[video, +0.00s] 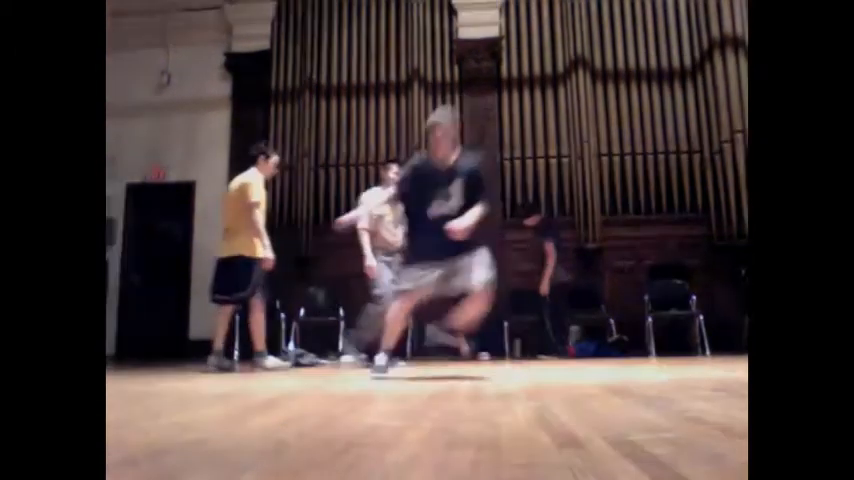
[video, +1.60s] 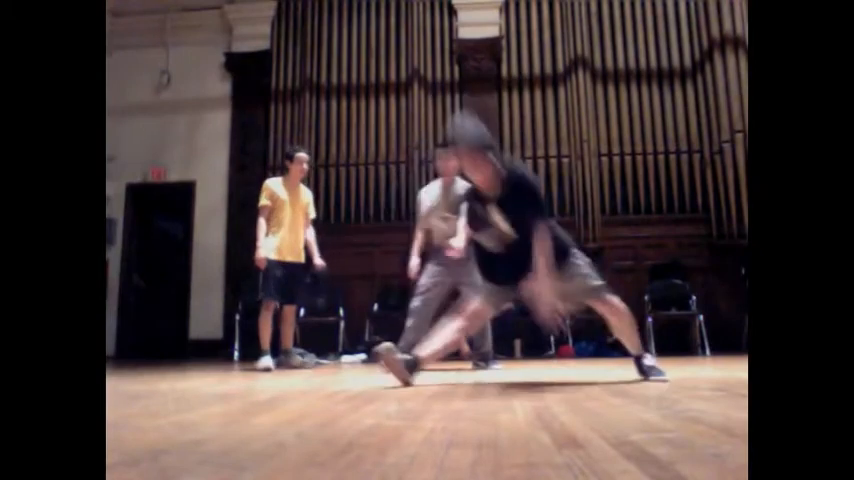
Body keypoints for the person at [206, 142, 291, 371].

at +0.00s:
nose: (275, 171)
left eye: (276, 166)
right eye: (274, 165)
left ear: (259, 162)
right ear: (262, 160)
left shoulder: (237, 182)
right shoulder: (254, 180)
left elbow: (232, 222)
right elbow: (255, 215)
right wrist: (267, 247)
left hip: (231, 253)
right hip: (249, 253)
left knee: (226, 306)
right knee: (257, 303)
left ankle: (217, 353)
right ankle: (261, 353)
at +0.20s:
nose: (284, 167)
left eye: (286, 162)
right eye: (283, 161)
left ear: (269, 160)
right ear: (270, 159)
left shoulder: (249, 182)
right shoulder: (263, 182)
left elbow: (251, 221)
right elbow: (266, 218)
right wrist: (280, 249)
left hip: (247, 253)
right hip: (260, 253)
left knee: (251, 304)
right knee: (262, 302)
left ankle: (224, 346)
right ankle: (262, 353)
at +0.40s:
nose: (291, 165)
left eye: (292, 161)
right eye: (288, 160)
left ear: (278, 161)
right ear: (275, 159)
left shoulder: (270, 183)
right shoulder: (267, 182)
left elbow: (273, 219)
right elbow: (270, 216)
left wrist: (283, 251)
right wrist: (287, 248)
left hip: (271, 253)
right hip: (265, 253)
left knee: (279, 300)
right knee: (266, 302)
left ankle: (250, 339)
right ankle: (261, 352)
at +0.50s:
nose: (293, 165)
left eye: (294, 160)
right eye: (290, 160)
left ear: (281, 161)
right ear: (276, 160)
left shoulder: (274, 183)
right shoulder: (267, 182)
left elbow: (275, 218)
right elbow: (269, 215)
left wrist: (287, 249)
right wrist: (286, 247)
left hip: (275, 253)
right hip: (266, 253)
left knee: (283, 301)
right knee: (268, 301)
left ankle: (261, 347)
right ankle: (261, 351)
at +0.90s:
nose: (301, 166)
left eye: (303, 162)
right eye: (297, 161)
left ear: (304, 166)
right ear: (285, 162)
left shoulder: (295, 192)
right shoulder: (274, 182)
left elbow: (296, 228)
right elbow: (266, 212)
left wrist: (307, 255)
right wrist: (266, 243)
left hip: (293, 253)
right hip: (278, 250)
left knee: (289, 303)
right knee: (274, 300)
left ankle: (287, 350)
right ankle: (262, 353)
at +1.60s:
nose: (304, 168)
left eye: (307, 163)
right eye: (300, 163)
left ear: (308, 167)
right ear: (288, 164)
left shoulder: (306, 193)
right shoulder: (272, 186)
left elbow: (308, 226)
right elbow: (262, 217)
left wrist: (316, 255)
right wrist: (260, 248)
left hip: (296, 254)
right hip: (274, 253)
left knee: (290, 306)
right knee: (270, 303)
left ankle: (287, 351)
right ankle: (265, 354)